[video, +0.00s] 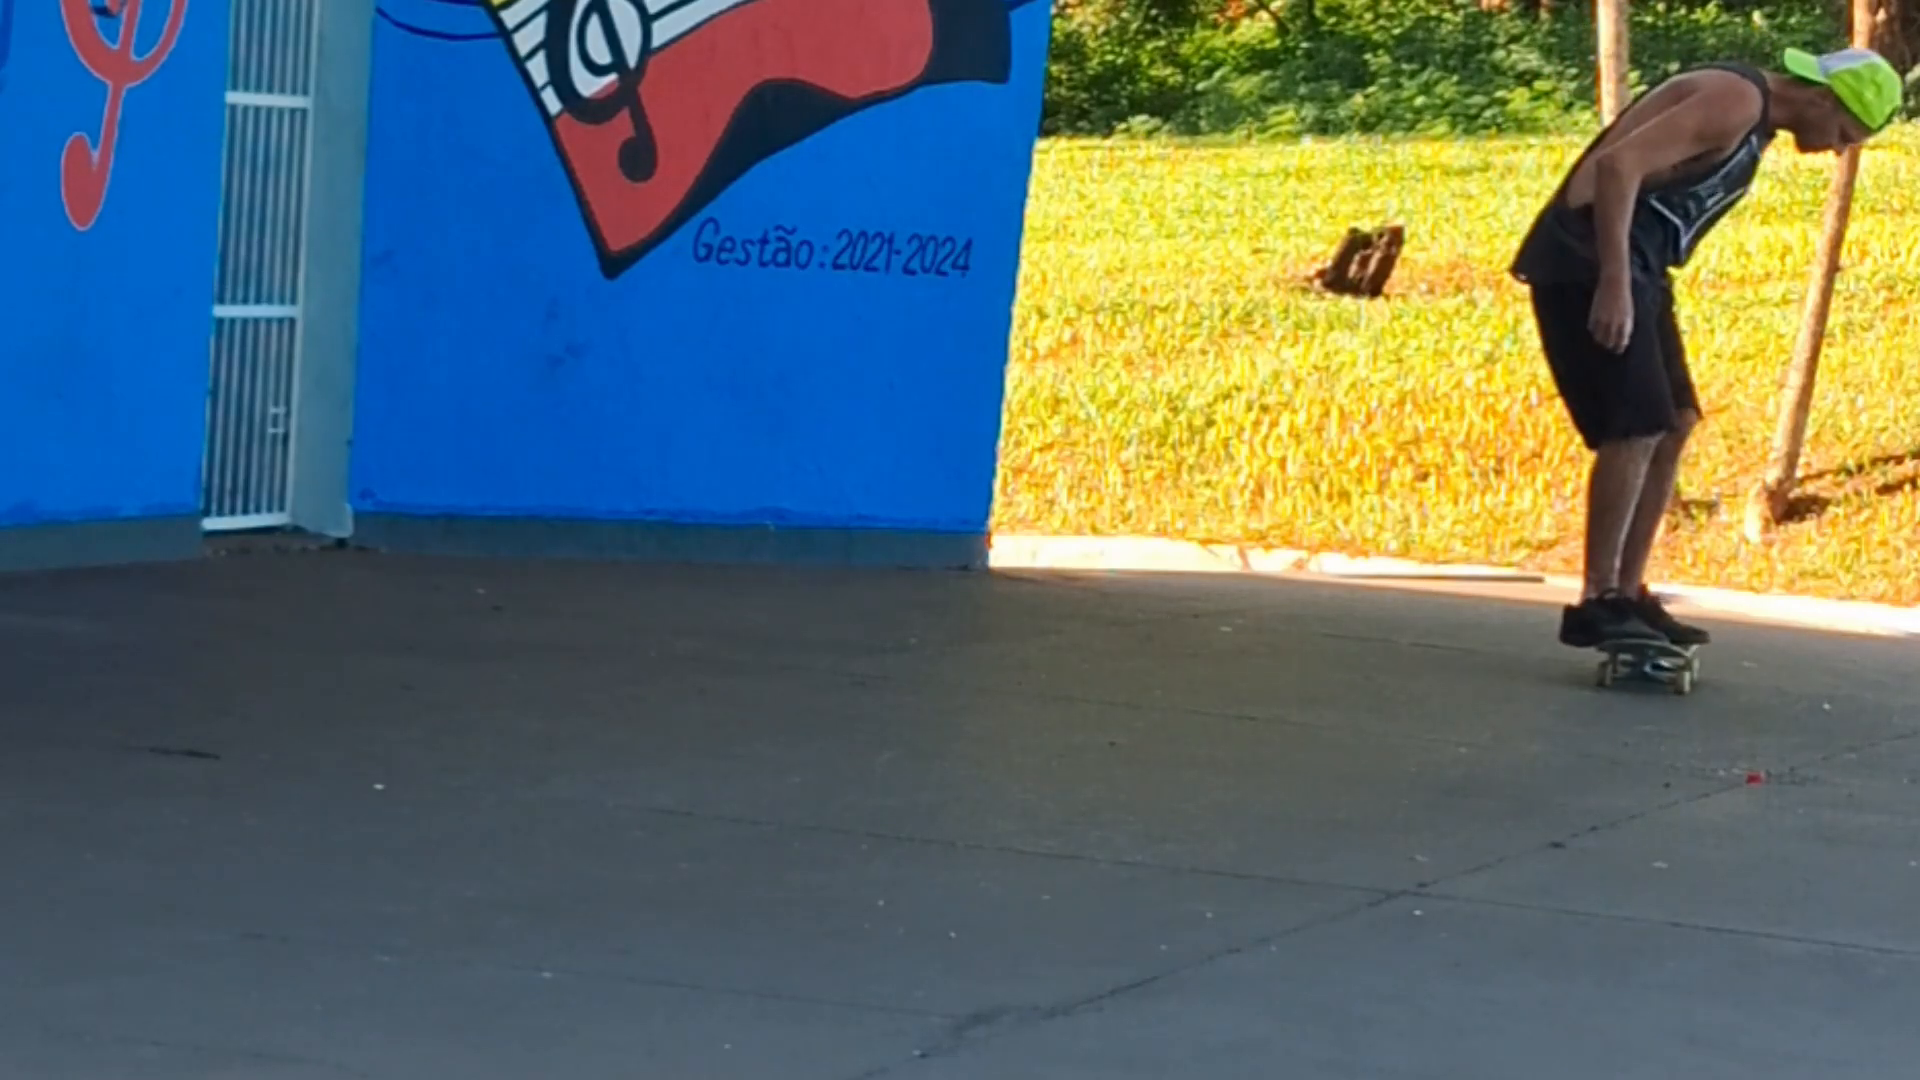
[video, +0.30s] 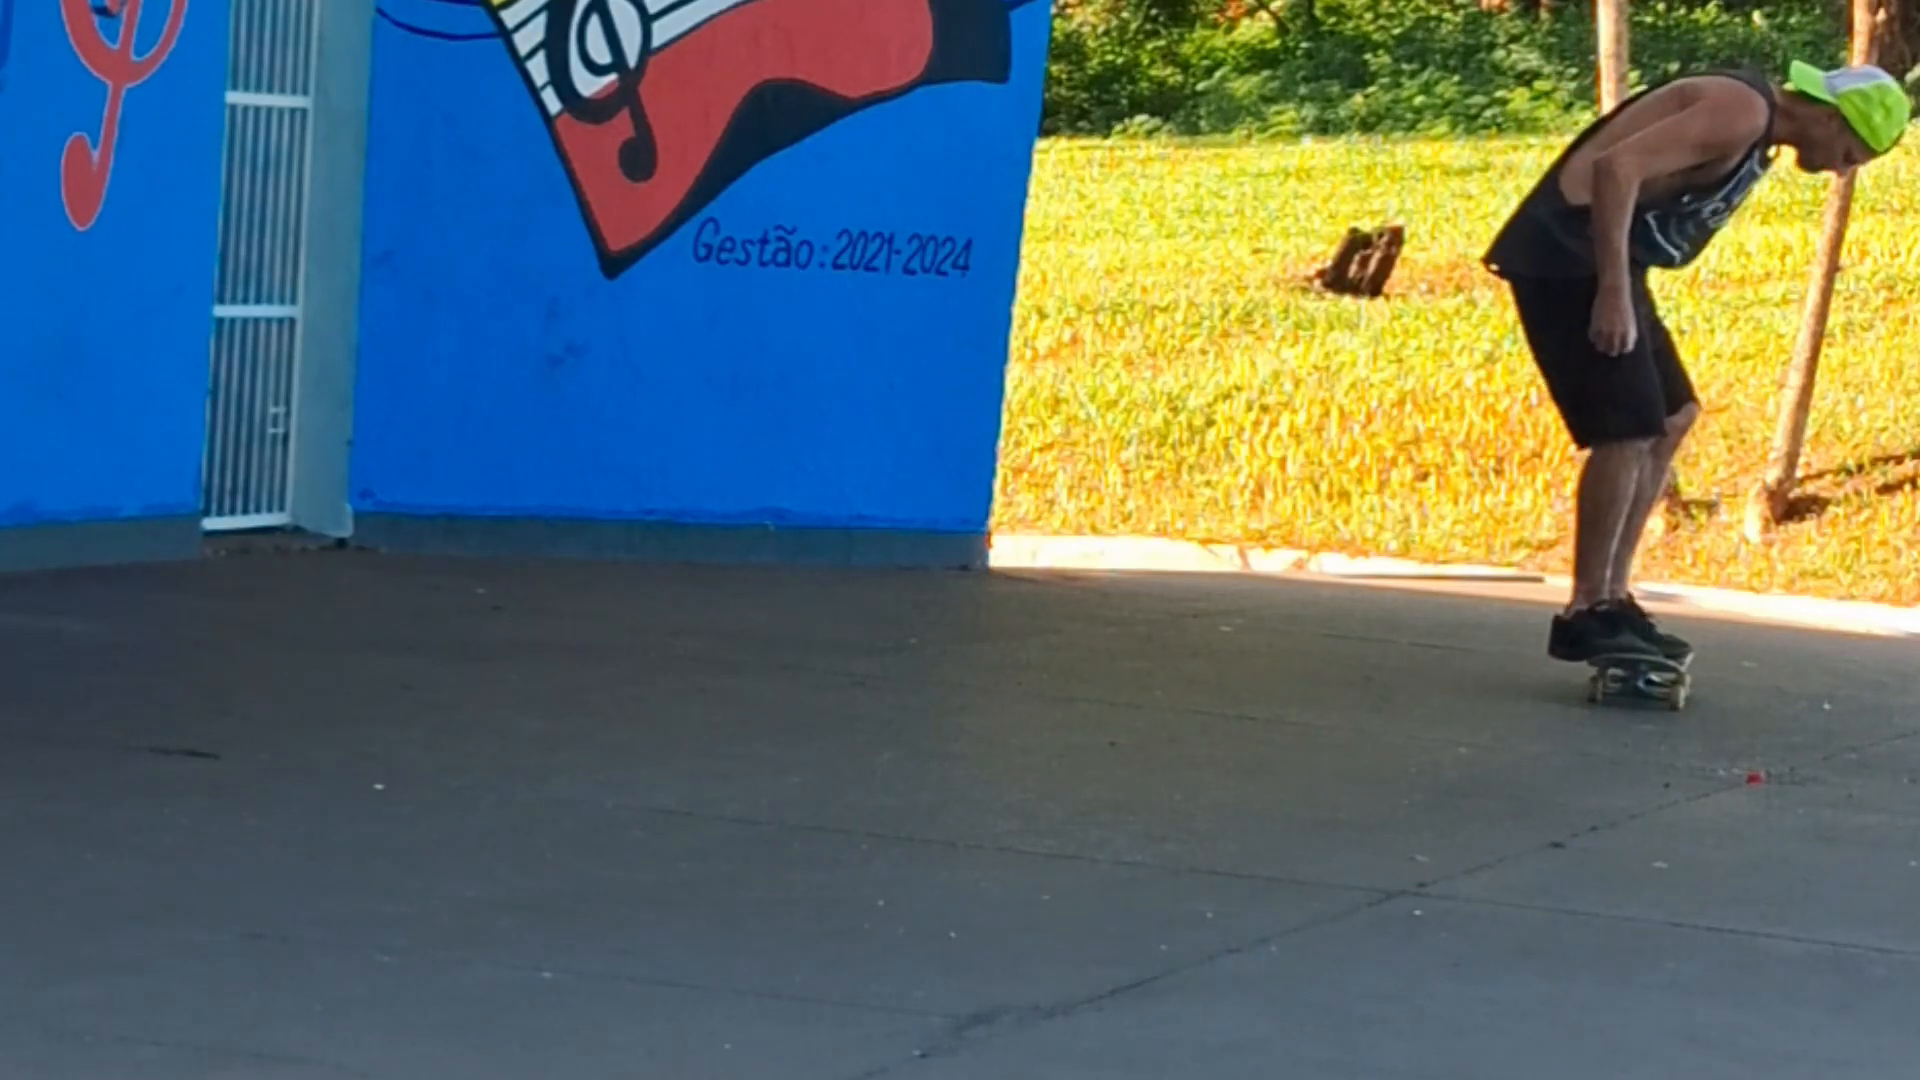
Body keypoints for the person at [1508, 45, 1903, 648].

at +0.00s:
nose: (1835, 151)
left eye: (1848, 145)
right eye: (1845, 137)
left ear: (1824, 98)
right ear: (1828, 98)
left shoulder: (1751, 123)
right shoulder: (1730, 100)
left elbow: (1649, 194)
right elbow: (1617, 163)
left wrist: (1643, 286)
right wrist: (1613, 281)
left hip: (1636, 270)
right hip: (1589, 262)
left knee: (1675, 420)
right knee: (1635, 426)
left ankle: (1626, 594)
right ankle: (1595, 602)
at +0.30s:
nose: (1842, 170)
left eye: (1855, 163)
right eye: (1850, 154)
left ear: (1832, 116)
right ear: (1832, 116)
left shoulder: (1755, 131)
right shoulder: (1739, 111)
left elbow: (1635, 178)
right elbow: (1616, 168)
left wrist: (1624, 289)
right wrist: (1614, 293)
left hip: (1602, 260)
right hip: (1561, 259)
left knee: (1673, 415)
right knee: (1629, 429)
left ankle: (1610, 600)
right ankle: (1583, 611)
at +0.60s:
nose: (1826, 203)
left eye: (1841, 196)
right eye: (1835, 186)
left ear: (1815, 144)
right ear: (1815, 145)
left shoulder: (1735, 160)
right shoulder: (1724, 137)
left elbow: (1619, 237)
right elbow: (1600, 196)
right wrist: (1594, 323)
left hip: (1567, 266)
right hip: (1530, 261)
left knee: (1644, 438)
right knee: (1608, 439)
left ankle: (1578, 621)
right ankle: (1557, 628)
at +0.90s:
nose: (1803, 222)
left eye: (1815, 217)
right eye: (1812, 206)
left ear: (1792, 163)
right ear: (1794, 162)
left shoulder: (1711, 179)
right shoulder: (1703, 152)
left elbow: (1586, 237)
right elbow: (1577, 212)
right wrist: (1571, 348)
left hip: (1531, 267)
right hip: (1491, 257)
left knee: (1615, 438)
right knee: (1578, 441)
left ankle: (1539, 629)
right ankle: (1500, 629)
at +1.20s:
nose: (1758, 243)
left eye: (1774, 239)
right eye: (1770, 227)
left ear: (1757, 182)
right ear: (1755, 180)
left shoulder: (1666, 189)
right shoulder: (1666, 161)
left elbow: (1536, 266)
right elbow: (1533, 230)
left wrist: (1450, 394)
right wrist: (1513, 374)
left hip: (1479, 261)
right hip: (1437, 249)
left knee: (1556, 445)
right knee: (1526, 447)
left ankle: (1481, 644)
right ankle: (1420, 635)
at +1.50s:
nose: (1702, 281)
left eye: (1717, 276)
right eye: (1716, 267)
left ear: (1696, 217)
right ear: (1699, 223)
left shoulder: (1614, 210)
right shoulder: (1608, 205)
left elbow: (1490, 308)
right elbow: (1490, 297)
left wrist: (1424, 480)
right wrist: (1482, 449)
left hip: (1405, 275)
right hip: (1364, 270)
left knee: (1518, 445)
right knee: (1478, 469)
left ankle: (1416, 651)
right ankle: (1351, 641)